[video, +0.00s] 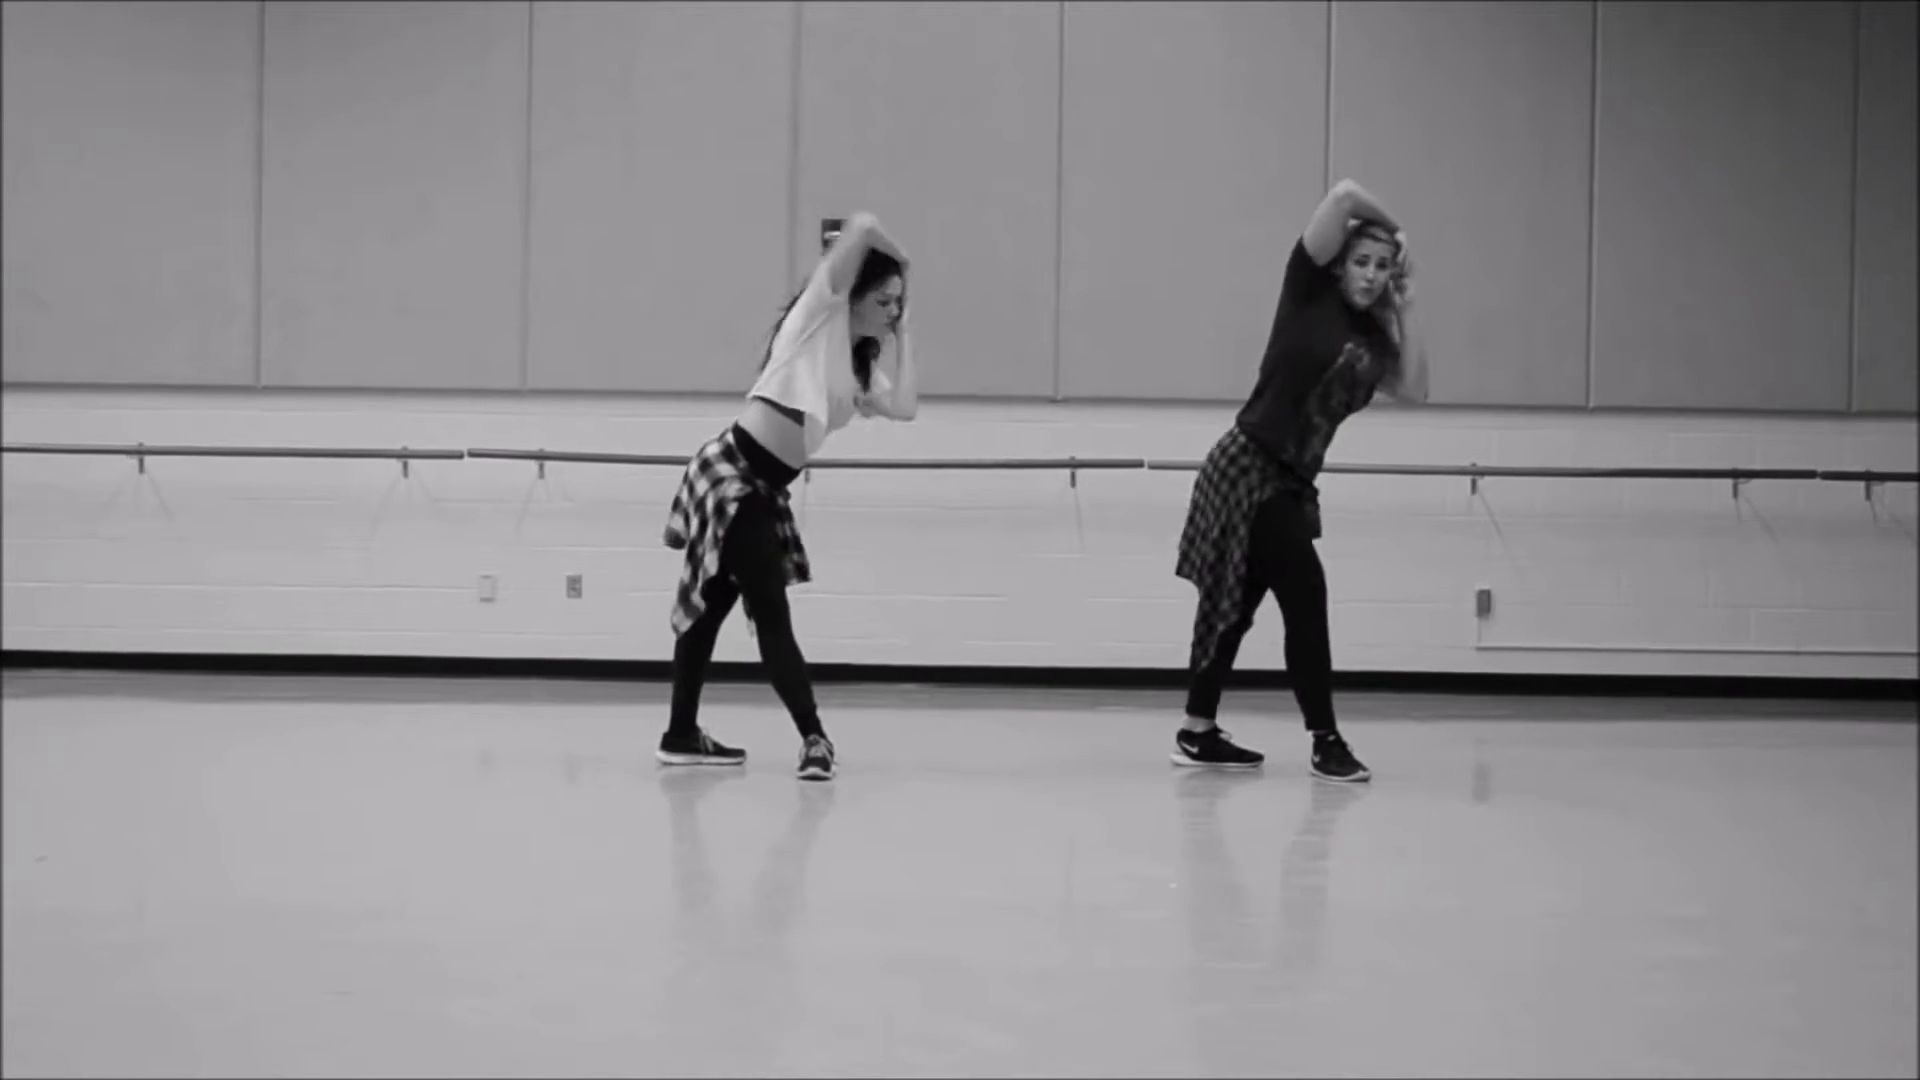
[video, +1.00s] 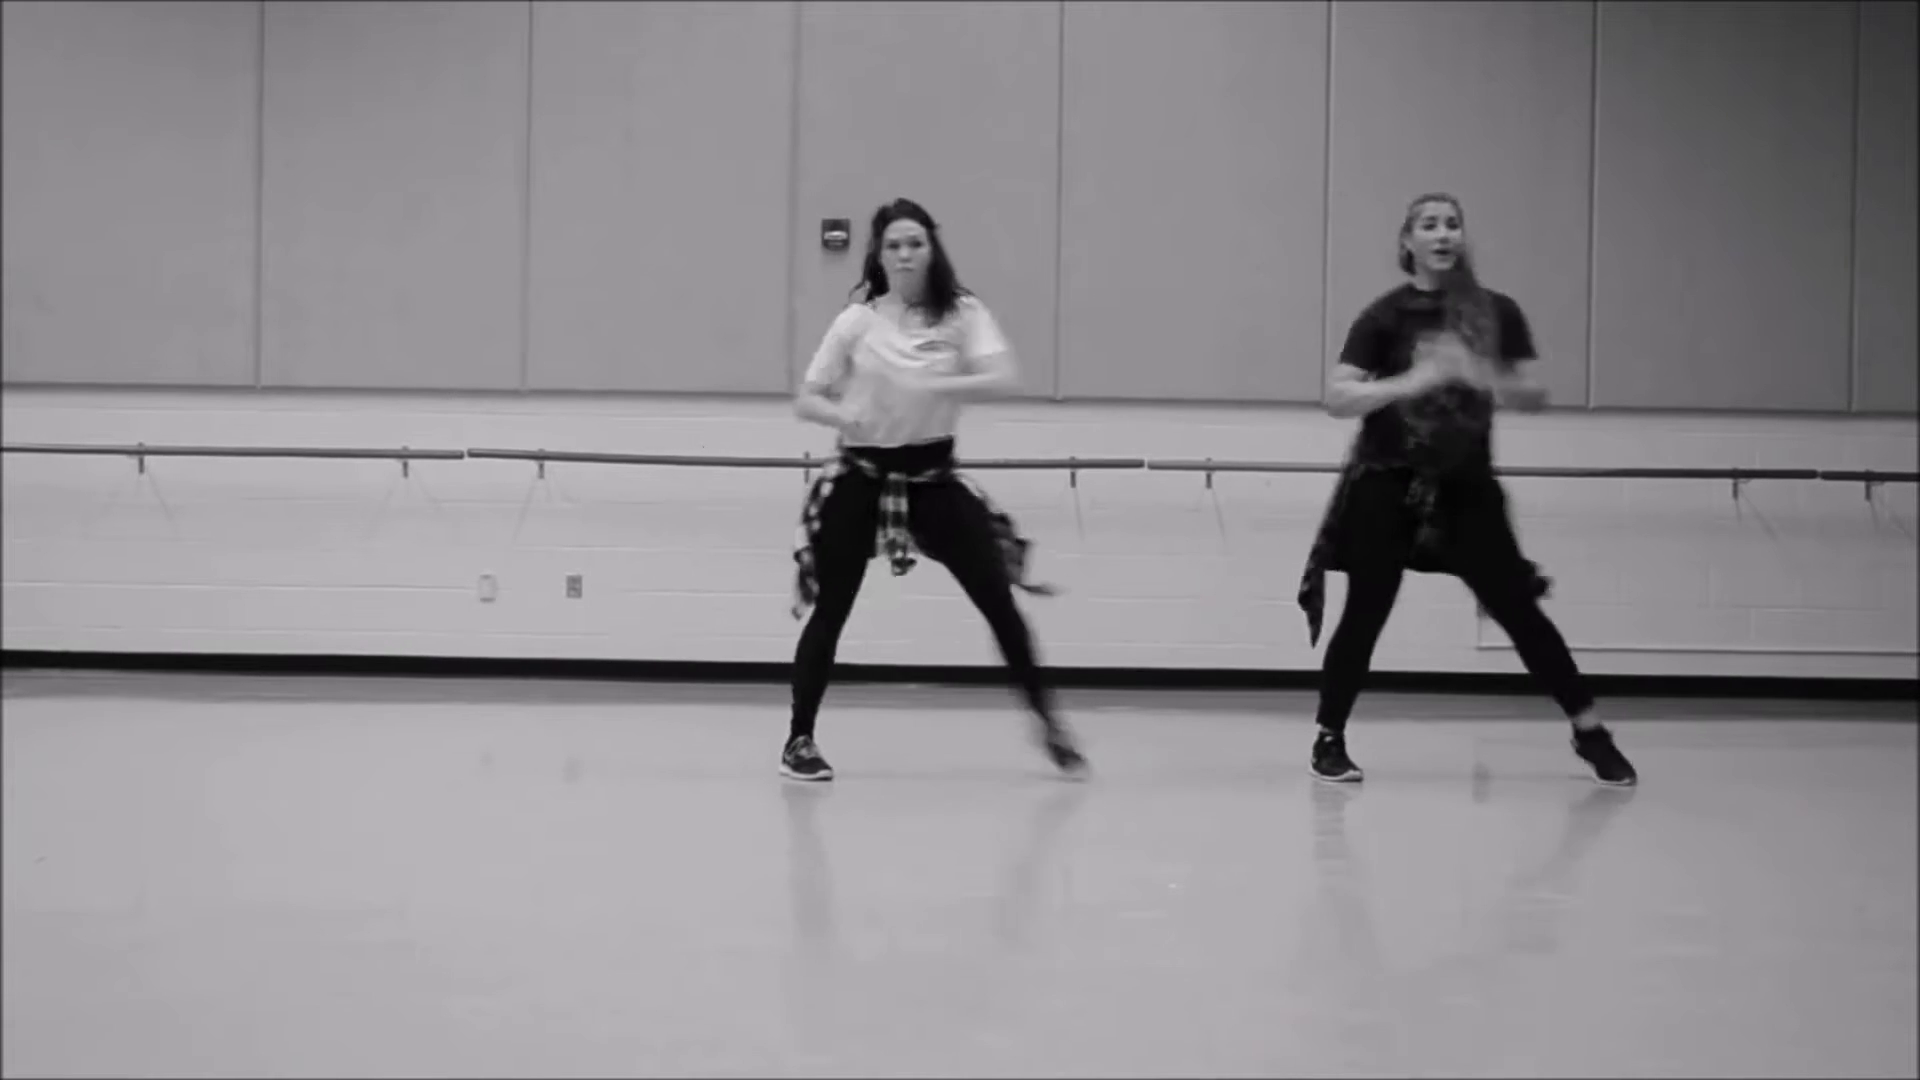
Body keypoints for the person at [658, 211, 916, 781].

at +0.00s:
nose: (891, 316)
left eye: (897, 305)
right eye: (883, 302)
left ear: (891, 308)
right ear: (853, 295)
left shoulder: (856, 372)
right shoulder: (813, 321)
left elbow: (902, 408)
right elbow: (861, 224)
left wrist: (901, 334)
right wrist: (894, 257)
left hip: (766, 488)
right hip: (733, 471)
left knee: (708, 607)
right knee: (772, 614)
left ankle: (681, 730)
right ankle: (814, 739)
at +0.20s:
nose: (868, 303)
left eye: (878, 295)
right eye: (858, 294)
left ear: (890, 303)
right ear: (842, 293)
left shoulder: (876, 369)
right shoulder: (817, 309)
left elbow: (872, 418)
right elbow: (828, 214)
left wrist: (886, 335)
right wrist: (891, 251)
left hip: (774, 485)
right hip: (735, 462)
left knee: (715, 604)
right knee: (771, 602)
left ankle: (681, 730)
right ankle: (796, 739)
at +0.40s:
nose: (864, 291)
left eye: (875, 281)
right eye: (855, 282)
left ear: (897, 287)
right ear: (843, 286)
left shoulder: (904, 360)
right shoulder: (821, 308)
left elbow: (914, 347)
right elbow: (798, 215)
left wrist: (899, 257)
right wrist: (861, 222)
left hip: (801, 490)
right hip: (763, 465)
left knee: (724, 596)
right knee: (776, 610)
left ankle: (643, 689)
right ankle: (791, 742)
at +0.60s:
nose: (858, 277)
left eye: (866, 267)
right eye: (849, 269)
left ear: (892, 270)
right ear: (840, 276)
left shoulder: (925, 335)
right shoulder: (819, 305)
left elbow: (887, 284)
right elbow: (752, 258)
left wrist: (873, 218)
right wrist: (814, 215)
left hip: (842, 491)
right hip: (794, 463)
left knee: (755, 594)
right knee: (798, 610)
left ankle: (655, 534)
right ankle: (795, 741)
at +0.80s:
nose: (872, 262)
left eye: (883, 252)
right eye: (862, 254)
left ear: (904, 257)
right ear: (849, 263)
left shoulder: (927, 302)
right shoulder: (837, 318)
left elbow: (863, 323)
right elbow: (781, 359)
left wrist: (809, 261)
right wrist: (785, 292)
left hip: (881, 476)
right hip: (823, 465)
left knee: (884, 614)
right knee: (813, 606)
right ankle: (796, 739)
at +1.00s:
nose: (906, 254)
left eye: (916, 243)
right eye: (895, 245)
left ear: (934, 250)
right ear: (878, 255)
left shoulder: (963, 313)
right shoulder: (856, 321)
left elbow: (1006, 377)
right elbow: (807, 399)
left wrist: (938, 386)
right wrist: (844, 417)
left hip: (933, 480)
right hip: (861, 481)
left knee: (997, 601)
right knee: (831, 611)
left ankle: (1051, 726)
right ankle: (800, 740)